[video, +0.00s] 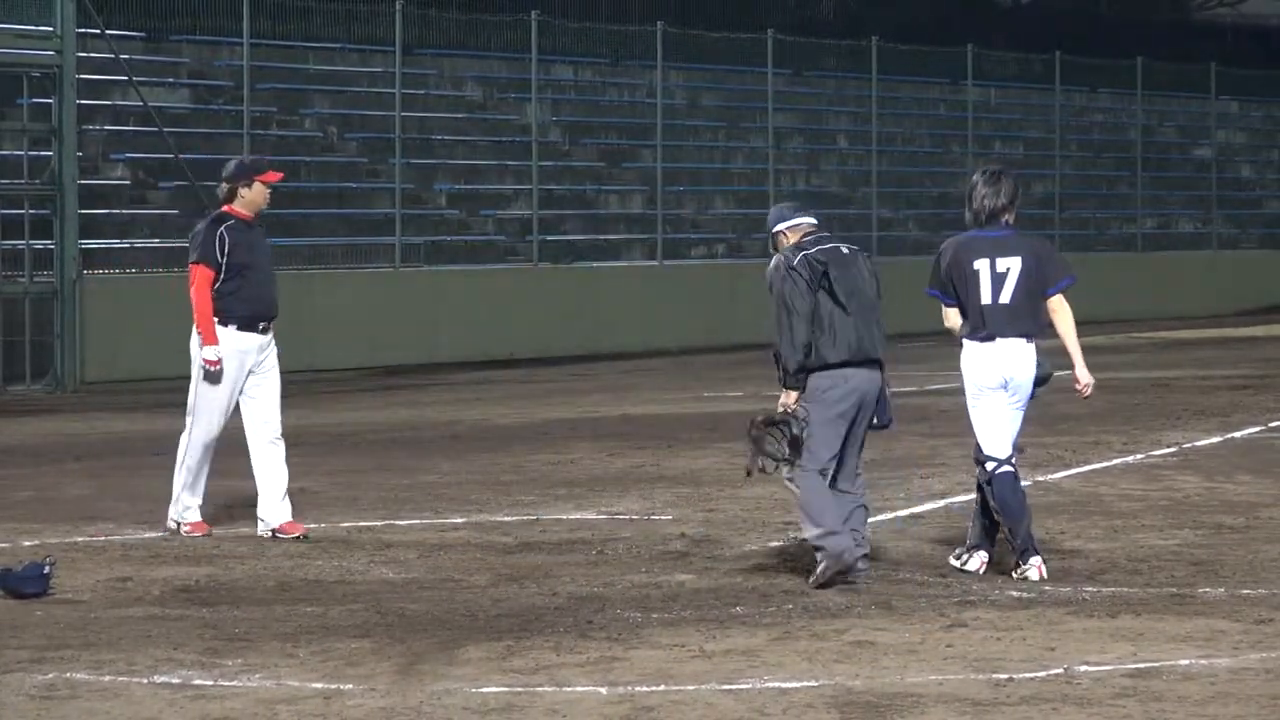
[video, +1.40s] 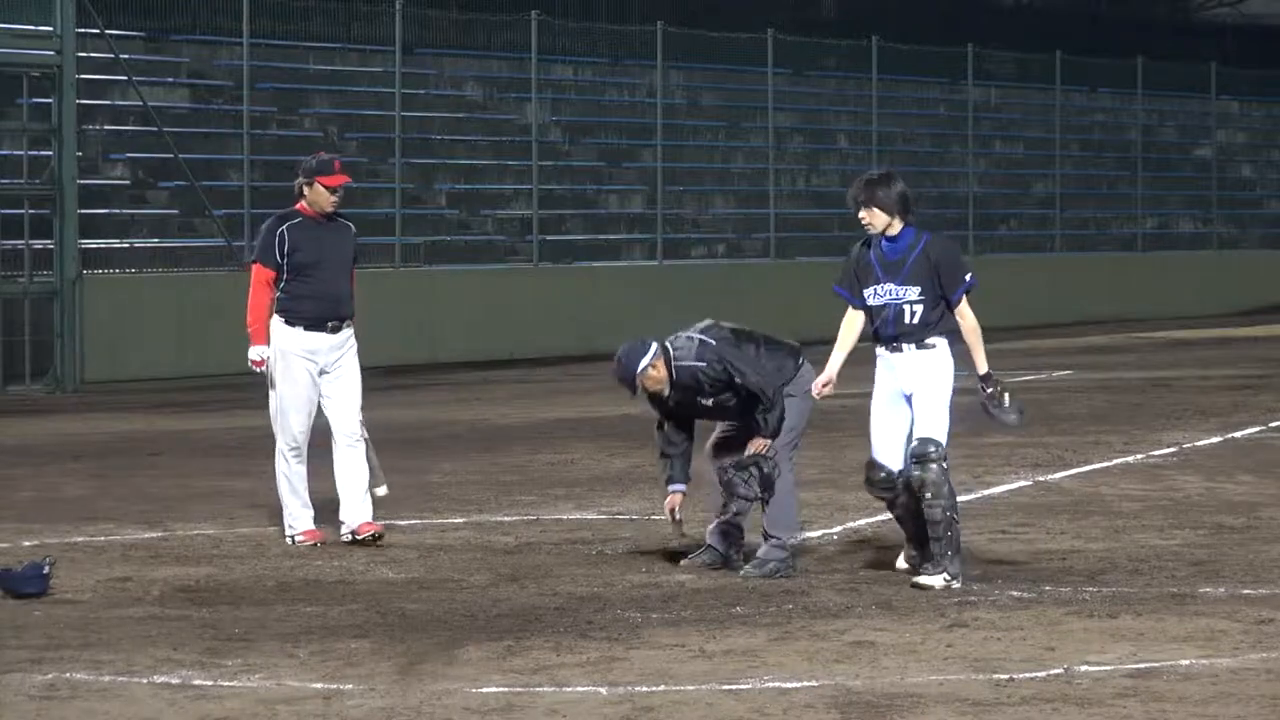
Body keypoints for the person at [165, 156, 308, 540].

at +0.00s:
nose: (270, 193)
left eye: (270, 187)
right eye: (265, 186)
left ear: (252, 189)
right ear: (242, 188)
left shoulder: (255, 230)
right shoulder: (214, 228)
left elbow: (252, 284)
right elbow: (200, 287)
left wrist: (264, 331)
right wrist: (209, 345)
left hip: (262, 342)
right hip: (225, 340)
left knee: (268, 434)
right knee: (203, 431)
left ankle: (275, 516)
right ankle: (184, 511)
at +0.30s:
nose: (301, 191)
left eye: (301, 184)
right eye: (296, 184)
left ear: (283, 186)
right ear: (273, 185)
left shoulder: (290, 227)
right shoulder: (244, 222)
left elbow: (285, 280)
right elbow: (227, 276)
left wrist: (291, 331)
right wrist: (245, 325)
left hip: (285, 336)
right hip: (250, 333)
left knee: (282, 430)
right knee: (250, 421)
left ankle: (275, 516)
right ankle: (224, 504)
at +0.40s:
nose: (309, 188)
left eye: (308, 182)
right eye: (303, 182)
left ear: (291, 185)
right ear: (280, 185)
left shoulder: (297, 227)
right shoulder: (251, 221)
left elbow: (292, 278)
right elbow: (234, 276)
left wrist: (298, 327)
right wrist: (251, 326)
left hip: (290, 336)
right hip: (257, 333)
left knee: (287, 429)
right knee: (262, 424)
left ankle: (280, 514)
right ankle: (254, 515)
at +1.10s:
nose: (322, 194)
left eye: (323, 187)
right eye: (315, 188)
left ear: (317, 186)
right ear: (290, 187)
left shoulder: (325, 226)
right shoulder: (267, 228)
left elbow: (334, 276)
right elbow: (255, 286)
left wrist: (348, 326)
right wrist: (268, 341)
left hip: (330, 339)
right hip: (288, 339)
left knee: (342, 427)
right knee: (288, 436)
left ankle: (327, 511)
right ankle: (298, 524)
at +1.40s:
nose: (338, 195)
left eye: (340, 188)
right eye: (330, 188)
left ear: (339, 188)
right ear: (306, 187)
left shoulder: (345, 230)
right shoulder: (279, 228)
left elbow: (347, 282)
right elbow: (261, 286)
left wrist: (348, 331)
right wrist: (258, 341)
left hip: (340, 340)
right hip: (293, 340)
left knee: (350, 431)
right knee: (293, 437)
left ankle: (358, 519)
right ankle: (299, 524)